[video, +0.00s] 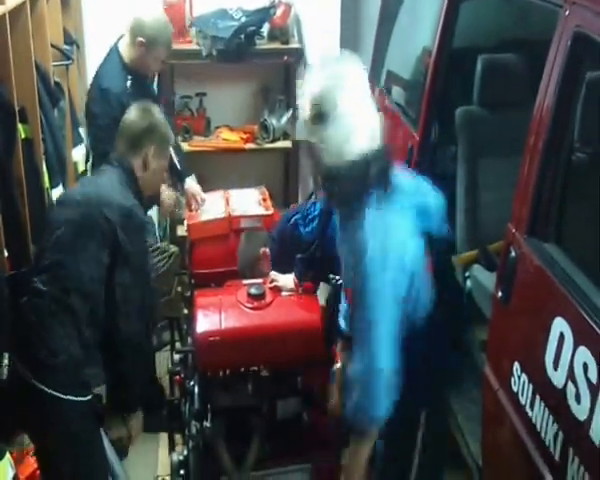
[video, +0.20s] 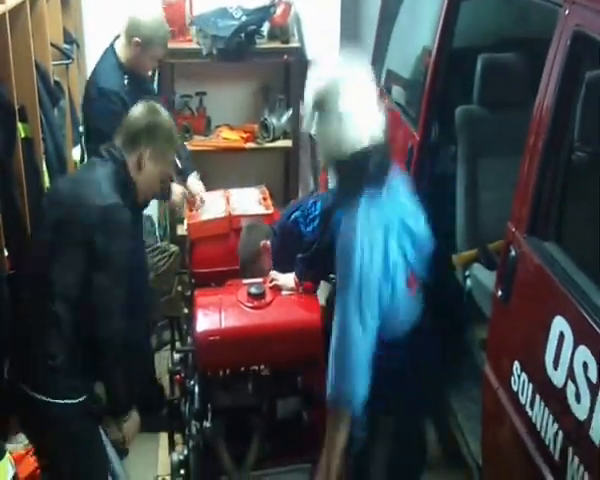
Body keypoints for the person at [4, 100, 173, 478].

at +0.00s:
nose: (165, 176)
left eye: (168, 165)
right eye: (165, 164)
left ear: (124, 152)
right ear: (147, 157)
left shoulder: (76, 194)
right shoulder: (125, 212)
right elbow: (131, 320)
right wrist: (131, 404)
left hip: (34, 370)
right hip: (72, 384)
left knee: (61, 471)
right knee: (89, 473)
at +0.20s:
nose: (166, 187)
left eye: (170, 177)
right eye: (166, 175)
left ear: (137, 157)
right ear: (142, 159)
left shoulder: (82, 183)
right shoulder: (112, 208)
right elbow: (112, 316)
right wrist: (122, 404)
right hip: (67, 391)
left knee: (69, 470)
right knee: (92, 473)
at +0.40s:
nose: (179, 216)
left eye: (183, 206)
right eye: (179, 204)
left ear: (154, 189)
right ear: (155, 192)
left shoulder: (114, 203)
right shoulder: (97, 228)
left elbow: (122, 301)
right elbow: (87, 343)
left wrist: (136, 362)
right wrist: (110, 437)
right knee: (83, 470)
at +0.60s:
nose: (187, 226)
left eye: (192, 217)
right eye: (189, 215)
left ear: (168, 201)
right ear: (169, 205)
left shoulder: (127, 210)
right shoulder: (101, 228)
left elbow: (131, 306)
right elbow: (84, 341)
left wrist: (151, 364)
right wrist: (106, 432)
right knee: (77, 470)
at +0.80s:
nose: (189, 213)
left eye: (193, 204)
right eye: (191, 203)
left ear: (171, 189)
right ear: (173, 193)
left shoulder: (130, 201)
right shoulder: (113, 215)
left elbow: (128, 309)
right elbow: (101, 317)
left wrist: (156, 364)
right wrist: (113, 406)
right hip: (60, 370)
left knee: (113, 463)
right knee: (82, 466)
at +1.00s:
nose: (180, 209)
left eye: (186, 201)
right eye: (184, 198)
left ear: (160, 174)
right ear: (172, 184)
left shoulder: (121, 186)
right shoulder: (134, 201)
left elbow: (133, 293)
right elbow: (134, 299)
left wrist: (152, 356)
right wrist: (150, 369)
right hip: (65, 353)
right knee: (99, 456)